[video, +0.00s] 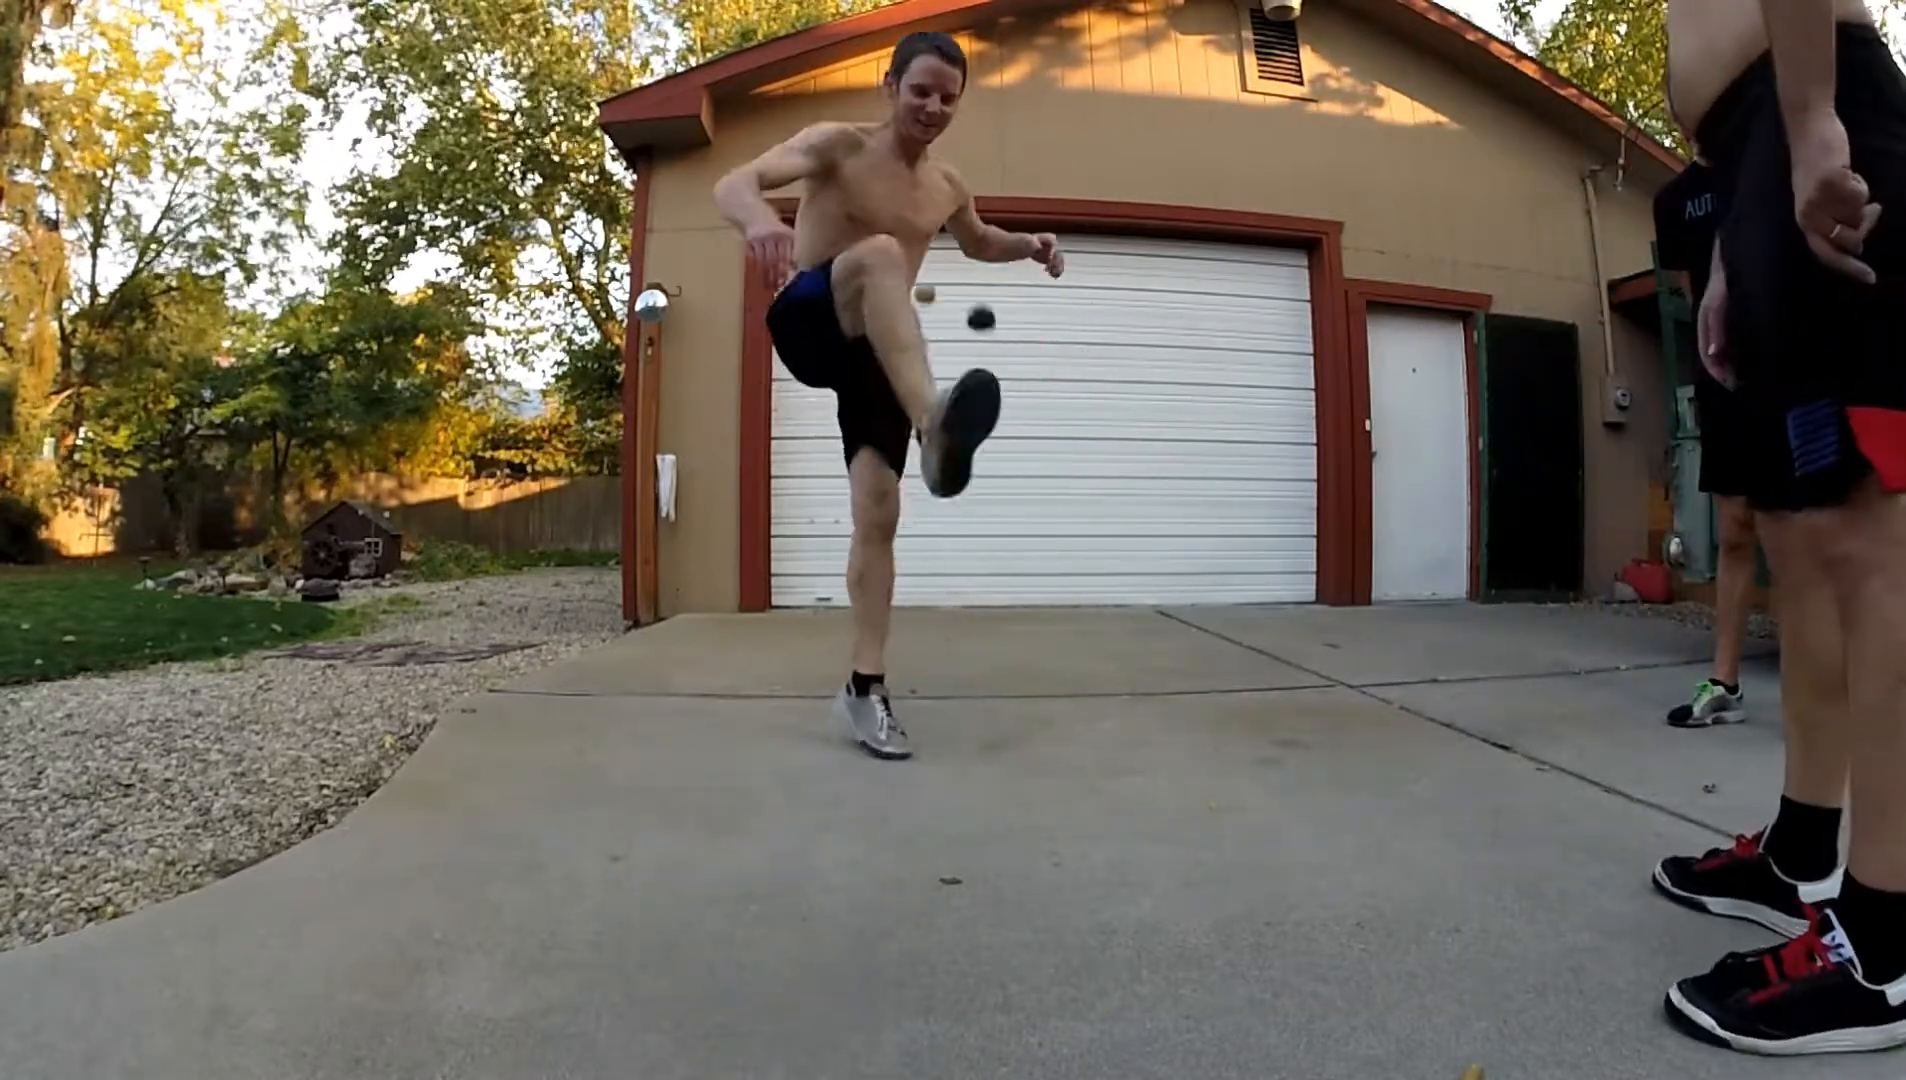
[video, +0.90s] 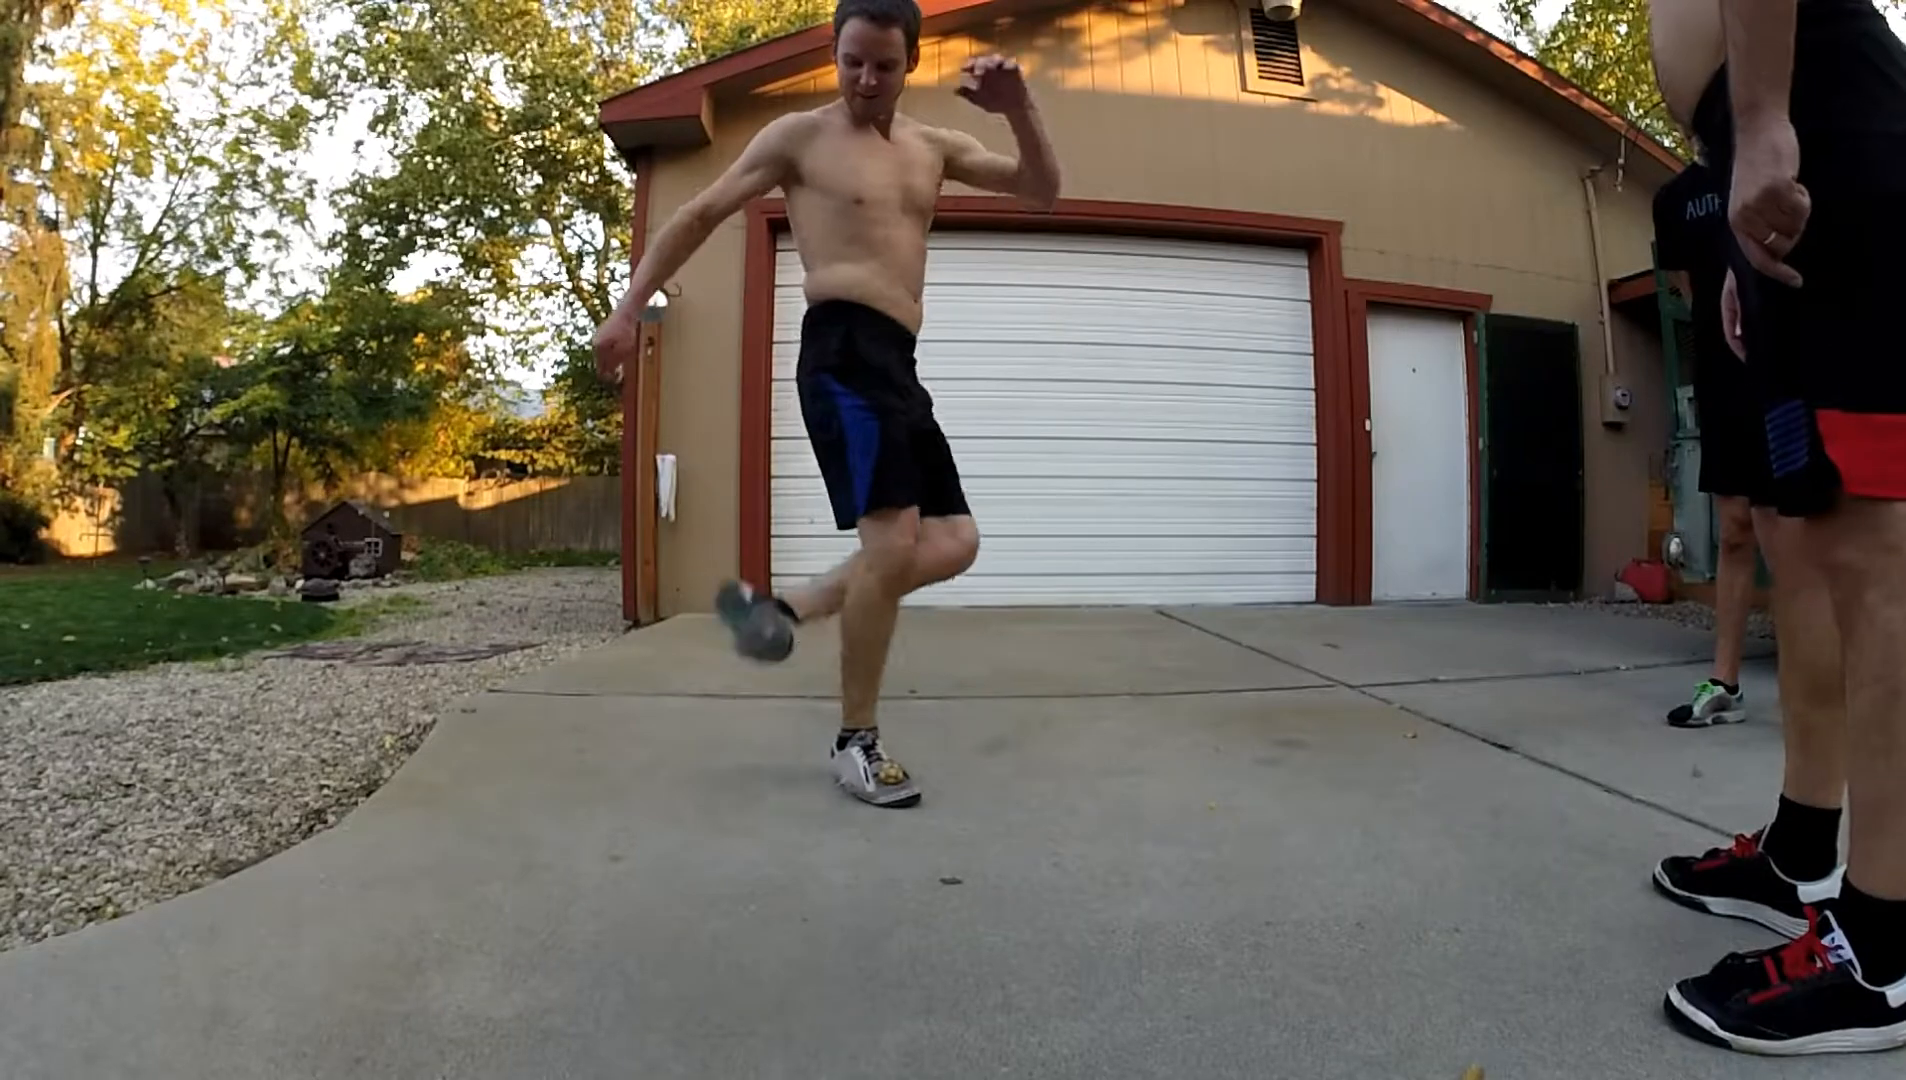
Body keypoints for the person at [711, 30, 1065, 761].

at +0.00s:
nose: (933, 107)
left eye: (947, 98)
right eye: (922, 90)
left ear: (958, 105)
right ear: (892, 85)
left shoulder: (947, 186)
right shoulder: (835, 144)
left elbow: (979, 242)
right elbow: (733, 185)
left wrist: (1028, 244)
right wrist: (757, 221)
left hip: (883, 351)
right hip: (809, 334)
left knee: (877, 514)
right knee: (877, 259)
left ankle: (865, 689)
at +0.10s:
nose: (927, 96)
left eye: (941, 86)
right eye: (916, 80)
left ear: (954, 93)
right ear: (887, 74)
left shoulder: (944, 176)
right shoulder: (836, 133)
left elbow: (974, 237)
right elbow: (733, 178)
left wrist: (1026, 245)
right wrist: (766, 203)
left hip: (879, 335)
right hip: (805, 312)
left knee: (873, 509)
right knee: (876, 312)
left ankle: (841, 676)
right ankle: (883, 522)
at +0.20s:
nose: (916, 99)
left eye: (930, 90)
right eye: (904, 83)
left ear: (942, 99)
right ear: (876, 82)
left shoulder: (938, 186)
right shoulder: (828, 145)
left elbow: (966, 258)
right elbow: (727, 200)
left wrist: (1022, 255)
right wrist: (753, 231)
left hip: (880, 351)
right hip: (809, 333)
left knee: (878, 532)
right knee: (863, 437)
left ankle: (827, 695)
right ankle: (860, 657)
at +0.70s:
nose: (870, 83)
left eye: (887, 70)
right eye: (858, 67)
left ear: (914, 64)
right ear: (838, 55)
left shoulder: (936, 149)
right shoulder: (805, 133)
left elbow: (1022, 212)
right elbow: (704, 204)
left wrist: (1041, 180)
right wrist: (645, 292)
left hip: (897, 354)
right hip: (835, 341)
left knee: (958, 527)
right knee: (879, 540)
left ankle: (791, 621)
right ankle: (860, 740)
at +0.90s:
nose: (867, 78)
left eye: (884, 64)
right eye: (855, 60)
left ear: (910, 62)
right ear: (835, 52)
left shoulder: (934, 144)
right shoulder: (797, 135)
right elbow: (700, 216)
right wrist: (628, 309)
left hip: (897, 355)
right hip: (841, 346)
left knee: (954, 541)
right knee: (891, 545)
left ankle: (783, 607)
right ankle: (857, 744)